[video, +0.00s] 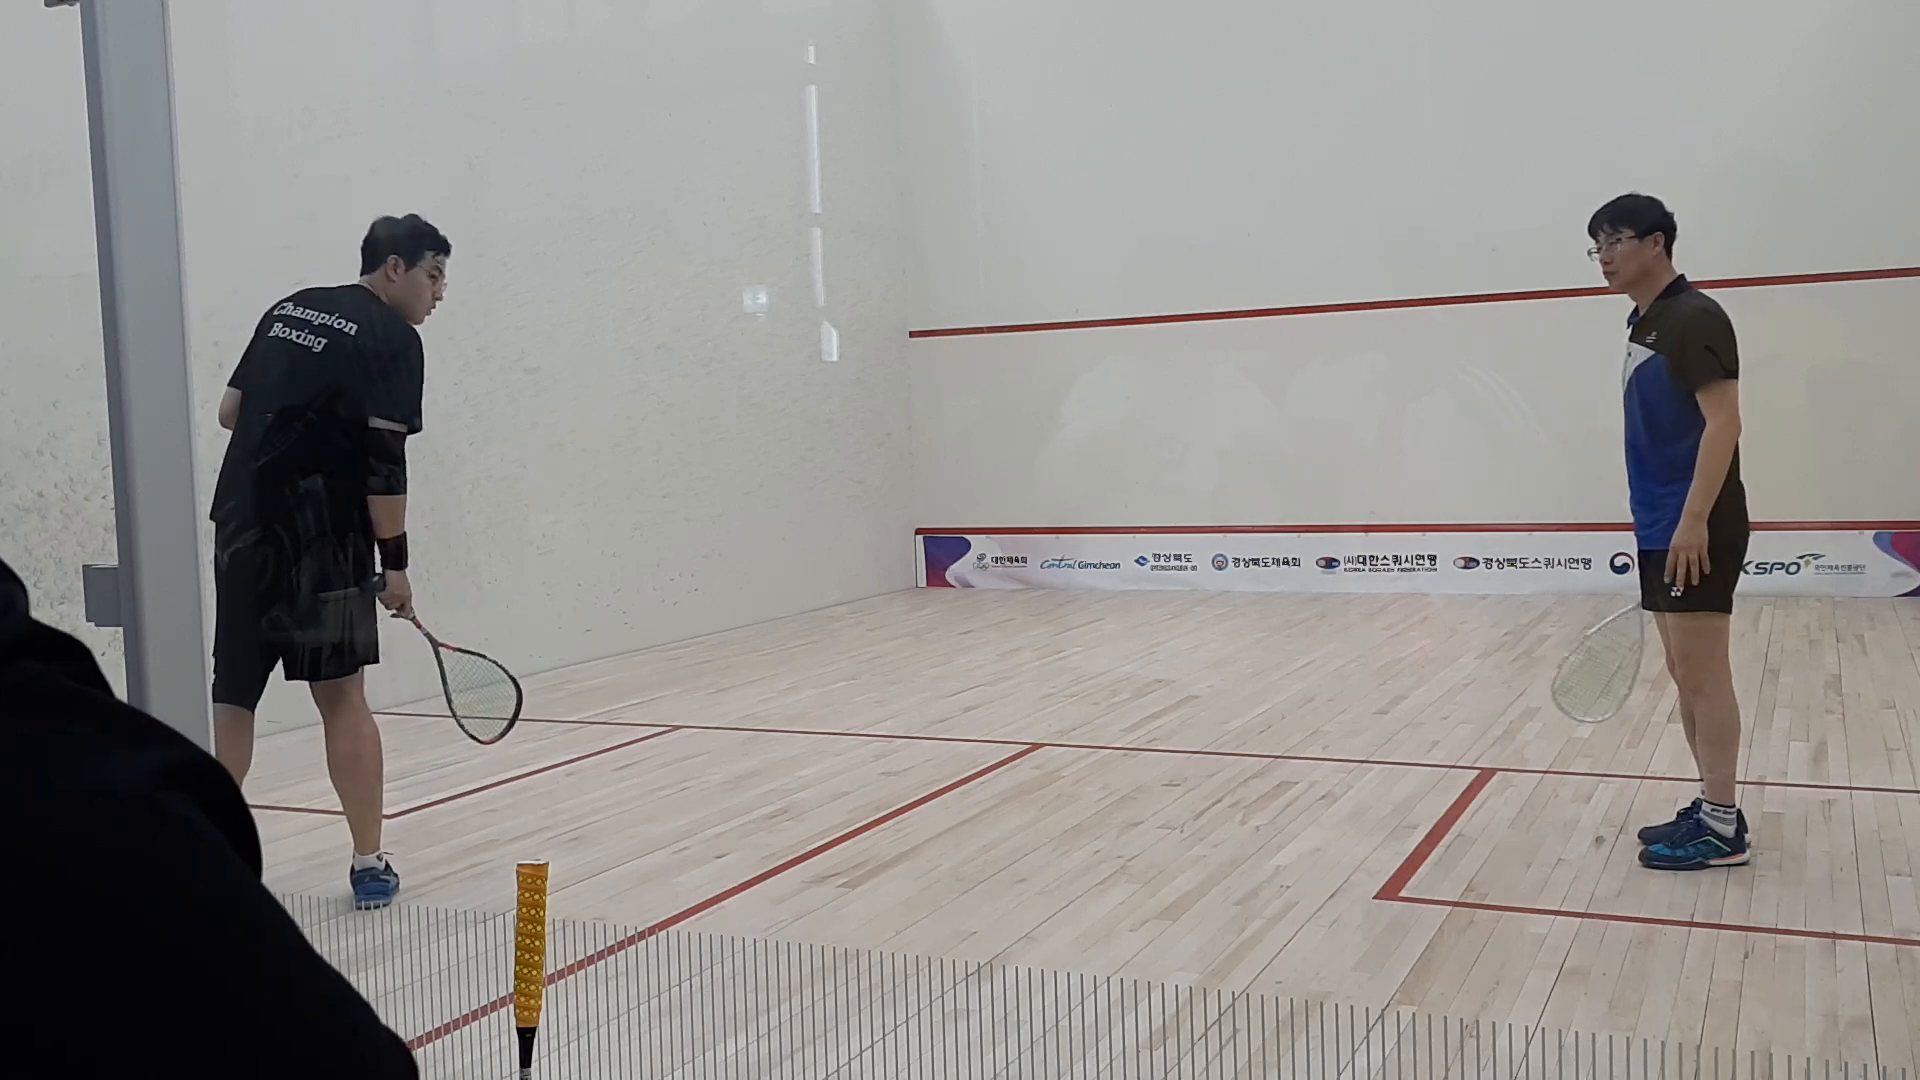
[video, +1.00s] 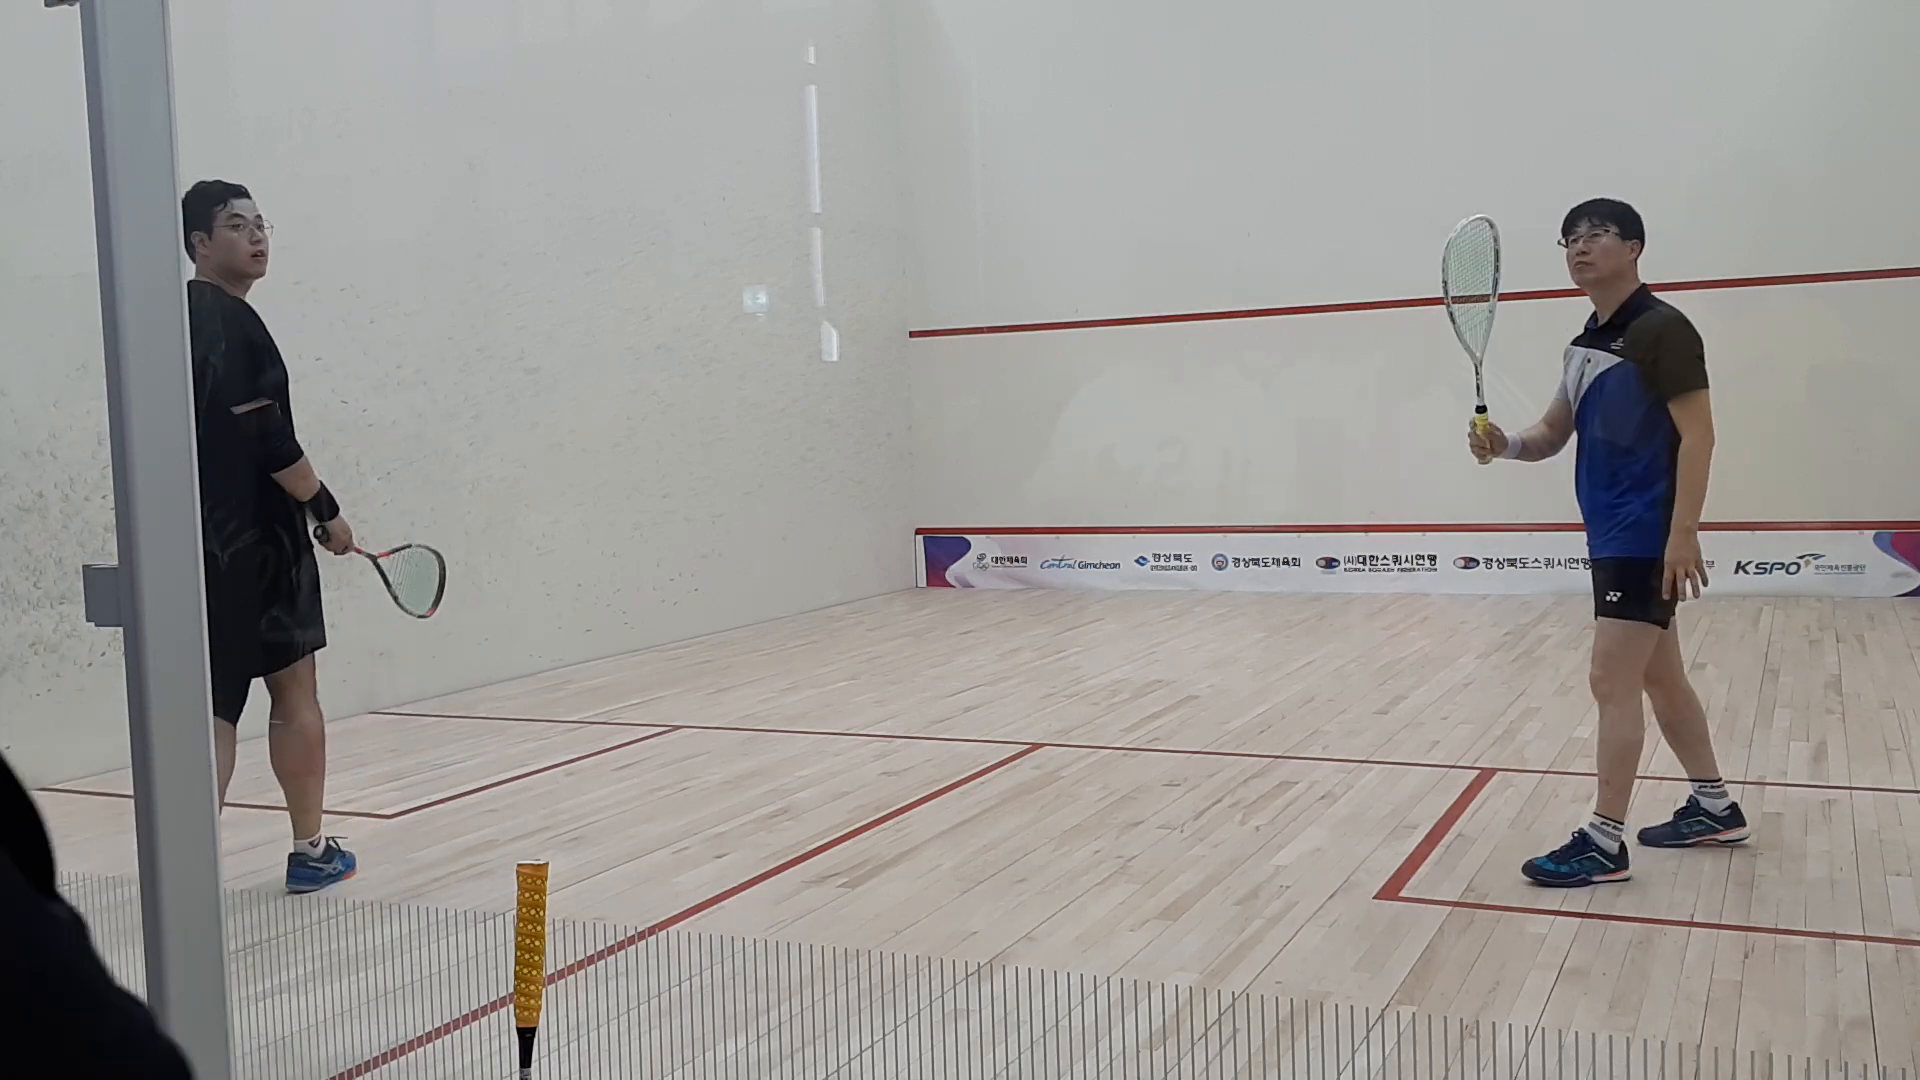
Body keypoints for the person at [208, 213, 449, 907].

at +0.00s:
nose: (440, 294)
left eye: (442, 280)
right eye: (435, 277)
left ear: (374, 269)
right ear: (394, 268)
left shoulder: (292, 307)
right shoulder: (393, 340)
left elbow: (232, 409)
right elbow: (385, 465)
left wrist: (290, 457)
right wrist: (396, 567)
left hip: (240, 534)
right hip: (322, 541)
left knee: (229, 701)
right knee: (342, 699)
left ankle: (205, 860)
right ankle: (369, 864)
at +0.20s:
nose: (390, 257)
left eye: (391, 244)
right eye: (378, 244)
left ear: (328, 251)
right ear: (333, 247)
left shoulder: (255, 308)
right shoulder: (356, 323)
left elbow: (219, 420)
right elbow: (374, 449)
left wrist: (275, 475)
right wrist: (399, 546)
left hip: (241, 546)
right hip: (326, 545)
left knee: (232, 705)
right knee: (345, 701)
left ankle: (200, 859)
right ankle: (369, 863)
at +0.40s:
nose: (329, 242)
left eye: (326, 229)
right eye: (316, 230)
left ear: (265, 243)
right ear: (273, 239)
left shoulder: (198, 316)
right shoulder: (300, 318)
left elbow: (184, 434)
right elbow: (333, 436)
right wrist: (388, 519)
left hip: (214, 553)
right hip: (302, 549)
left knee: (218, 720)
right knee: (337, 702)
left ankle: (199, 875)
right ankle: (367, 860)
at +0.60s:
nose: (285, 242)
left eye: (280, 227)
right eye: (273, 228)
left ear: (219, 240)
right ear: (232, 238)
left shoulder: (172, 310)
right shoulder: (261, 315)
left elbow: (165, 429)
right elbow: (287, 435)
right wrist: (351, 507)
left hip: (197, 543)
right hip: (278, 535)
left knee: (206, 717)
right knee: (328, 686)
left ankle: (196, 866)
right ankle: (360, 845)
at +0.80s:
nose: (260, 237)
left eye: (258, 225)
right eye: (245, 226)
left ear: (199, 244)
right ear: (203, 239)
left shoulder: (166, 309)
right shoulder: (236, 314)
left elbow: (192, 412)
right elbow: (269, 430)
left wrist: (270, 396)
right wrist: (331, 501)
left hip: (194, 538)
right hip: (266, 530)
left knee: (203, 712)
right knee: (312, 679)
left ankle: (186, 867)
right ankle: (331, 845)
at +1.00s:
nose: (261, 237)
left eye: (260, 225)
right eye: (241, 226)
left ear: (218, 248)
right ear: (200, 244)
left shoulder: (176, 317)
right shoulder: (236, 327)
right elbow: (276, 447)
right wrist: (327, 511)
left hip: (199, 546)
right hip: (264, 540)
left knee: (214, 714)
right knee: (295, 691)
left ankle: (189, 868)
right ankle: (311, 849)